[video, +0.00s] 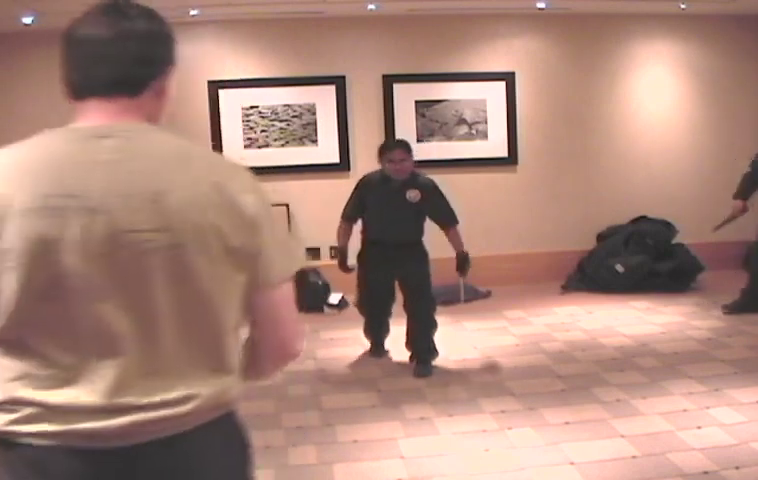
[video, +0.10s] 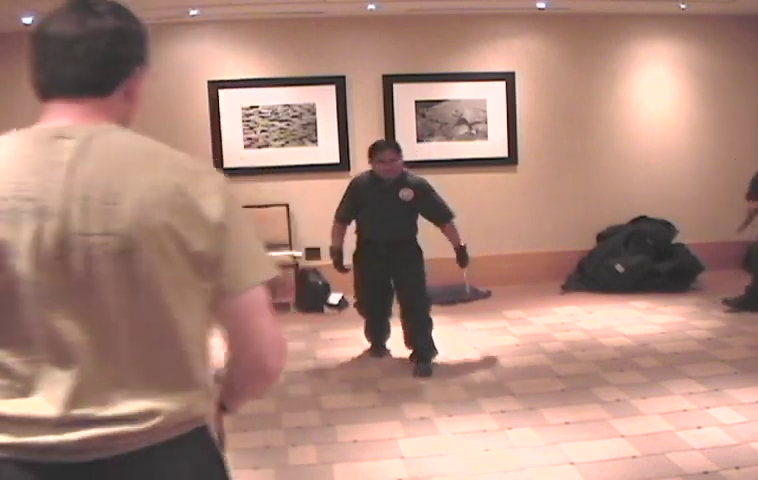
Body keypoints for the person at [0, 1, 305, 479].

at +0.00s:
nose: (171, 92)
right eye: (171, 81)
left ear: (68, 85)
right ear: (162, 86)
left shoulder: (9, 174)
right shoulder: (226, 182)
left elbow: (4, 328)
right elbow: (282, 339)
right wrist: (209, 371)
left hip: (37, 462)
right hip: (195, 457)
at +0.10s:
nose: (142, 89)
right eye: (142, 78)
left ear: (39, 78)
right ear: (133, 83)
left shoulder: (5, 164)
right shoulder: (186, 182)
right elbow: (263, 355)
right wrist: (220, 397)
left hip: (18, 462)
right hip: (163, 460)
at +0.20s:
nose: (121, 86)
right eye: (122, 75)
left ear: (14, 75)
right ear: (111, 80)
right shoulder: (162, 179)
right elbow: (232, 366)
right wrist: (229, 414)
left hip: (14, 462)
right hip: (144, 459)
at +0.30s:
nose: (108, 84)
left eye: (109, 68)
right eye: (110, 69)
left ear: (6, 59)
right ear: (95, 71)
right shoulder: (147, 175)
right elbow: (194, 360)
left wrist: (218, 419)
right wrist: (222, 422)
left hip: (12, 462)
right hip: (131, 458)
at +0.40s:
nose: (102, 82)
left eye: (102, 65)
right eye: (103, 65)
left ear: (7, 56)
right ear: (89, 68)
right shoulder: (139, 174)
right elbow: (175, 359)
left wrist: (207, 423)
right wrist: (211, 425)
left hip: (11, 462)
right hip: (122, 459)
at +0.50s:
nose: (97, 82)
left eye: (98, 64)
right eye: (98, 64)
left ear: (7, 57)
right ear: (82, 67)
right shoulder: (128, 173)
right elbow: (162, 358)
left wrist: (197, 428)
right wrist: (201, 427)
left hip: (8, 462)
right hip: (116, 461)